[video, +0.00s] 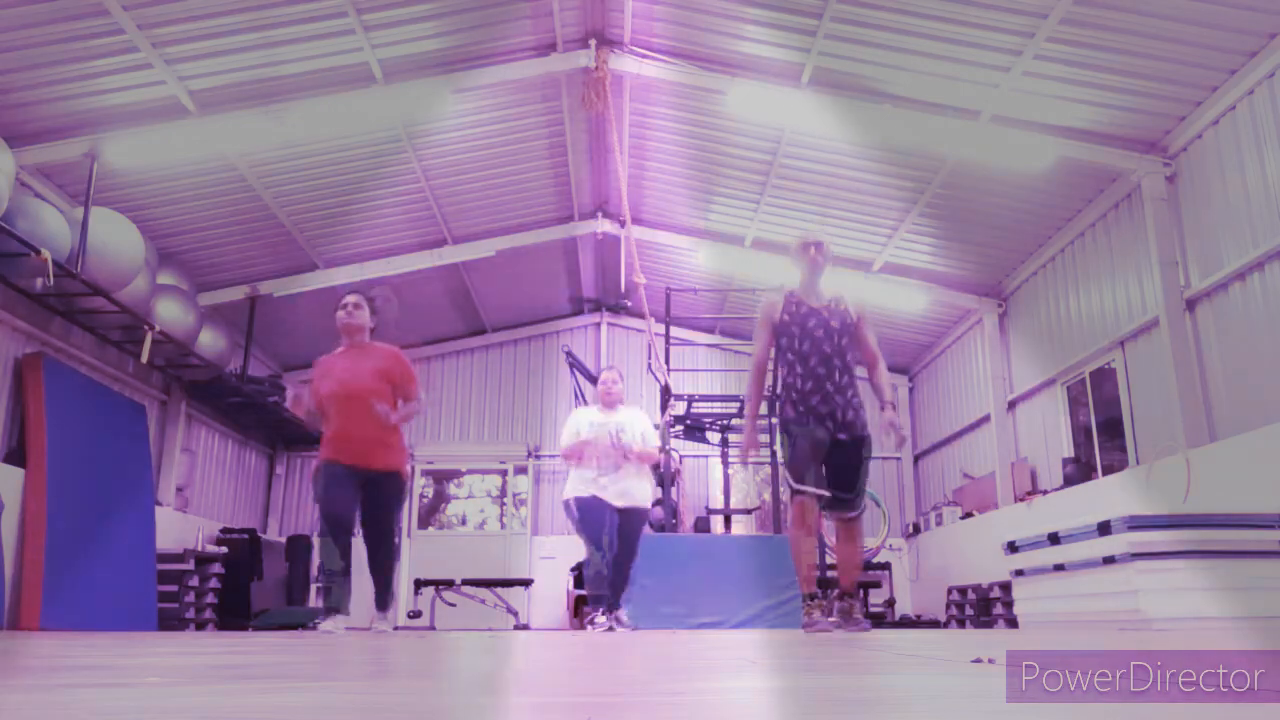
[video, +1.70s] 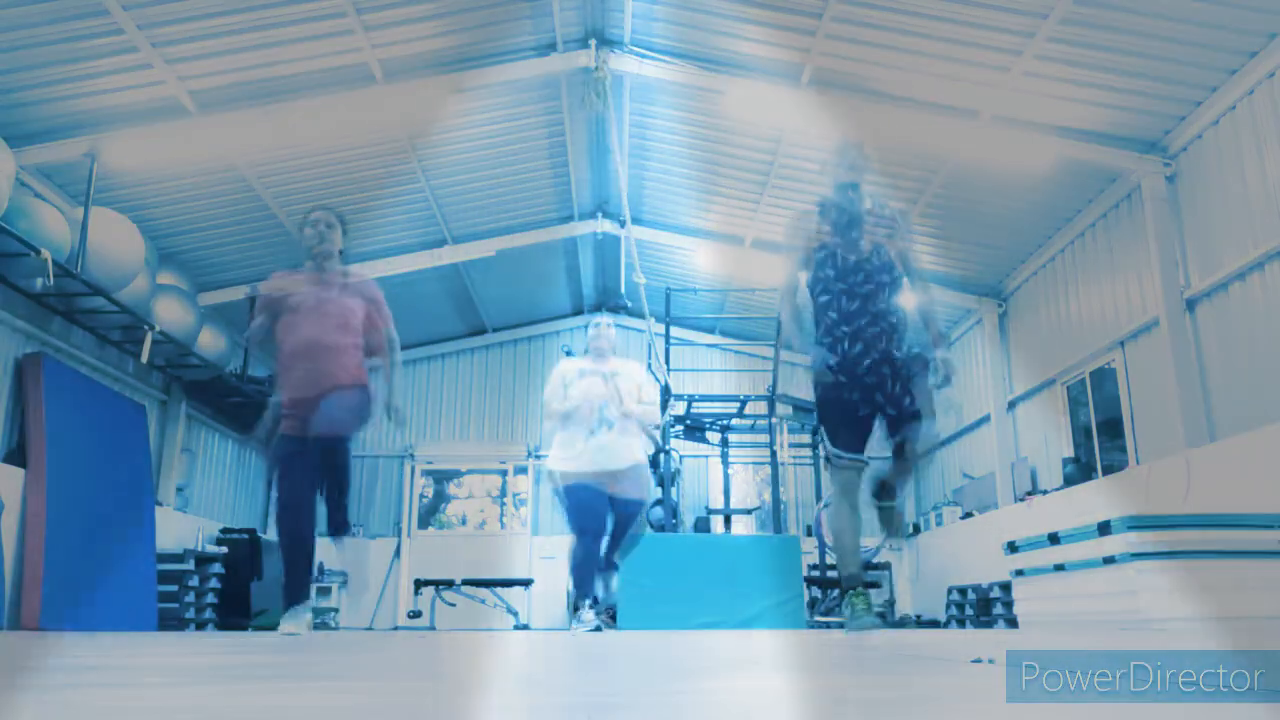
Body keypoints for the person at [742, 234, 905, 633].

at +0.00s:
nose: (814, 255)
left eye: (820, 250)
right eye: (807, 250)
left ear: (828, 260)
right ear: (795, 259)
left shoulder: (846, 309)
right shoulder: (778, 305)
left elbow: (875, 360)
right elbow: (759, 366)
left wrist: (888, 406)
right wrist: (750, 423)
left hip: (849, 420)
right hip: (802, 420)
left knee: (848, 516)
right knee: (805, 510)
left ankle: (848, 602)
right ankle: (810, 605)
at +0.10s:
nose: (812, 234)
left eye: (817, 227)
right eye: (803, 228)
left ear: (827, 236)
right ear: (790, 239)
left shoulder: (848, 282)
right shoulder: (775, 288)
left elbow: (873, 334)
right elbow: (758, 344)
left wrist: (887, 382)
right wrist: (755, 397)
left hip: (851, 400)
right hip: (801, 402)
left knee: (862, 490)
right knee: (805, 496)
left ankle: (845, 552)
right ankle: (812, 595)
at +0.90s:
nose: (860, 199)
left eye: (868, 194)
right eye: (853, 193)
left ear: (876, 206)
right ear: (838, 204)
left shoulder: (895, 255)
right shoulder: (813, 251)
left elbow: (914, 315)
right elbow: (790, 315)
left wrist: (916, 371)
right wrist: (784, 374)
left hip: (879, 380)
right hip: (823, 378)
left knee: (884, 486)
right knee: (822, 481)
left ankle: (888, 595)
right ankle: (811, 589)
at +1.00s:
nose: (861, 203)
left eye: (869, 198)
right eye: (853, 197)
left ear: (878, 210)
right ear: (838, 209)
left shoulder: (896, 258)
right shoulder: (814, 257)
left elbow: (916, 319)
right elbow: (792, 323)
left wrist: (920, 373)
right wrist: (782, 384)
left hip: (883, 377)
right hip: (831, 371)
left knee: (884, 488)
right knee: (845, 416)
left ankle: (884, 599)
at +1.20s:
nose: (861, 204)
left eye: (867, 198)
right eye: (853, 198)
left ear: (876, 207)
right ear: (838, 208)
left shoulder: (898, 258)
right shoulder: (815, 257)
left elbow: (919, 321)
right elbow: (793, 325)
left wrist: (924, 377)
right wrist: (785, 388)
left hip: (889, 377)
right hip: (835, 367)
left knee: (888, 488)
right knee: (856, 406)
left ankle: (884, 599)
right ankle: (844, 516)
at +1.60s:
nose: (849, 205)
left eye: (854, 197)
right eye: (841, 198)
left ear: (866, 207)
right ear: (827, 210)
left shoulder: (890, 256)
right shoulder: (813, 259)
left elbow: (921, 308)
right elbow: (789, 320)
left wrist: (938, 359)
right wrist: (787, 378)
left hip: (895, 381)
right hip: (840, 382)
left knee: (900, 489)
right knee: (846, 483)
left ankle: (889, 590)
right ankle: (854, 598)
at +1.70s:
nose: (848, 205)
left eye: (854, 196)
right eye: (841, 198)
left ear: (864, 200)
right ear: (828, 205)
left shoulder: (890, 234)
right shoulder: (811, 242)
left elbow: (924, 291)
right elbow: (789, 296)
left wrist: (938, 344)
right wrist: (804, 349)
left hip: (893, 357)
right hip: (839, 361)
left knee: (915, 440)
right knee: (846, 480)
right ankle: (854, 595)